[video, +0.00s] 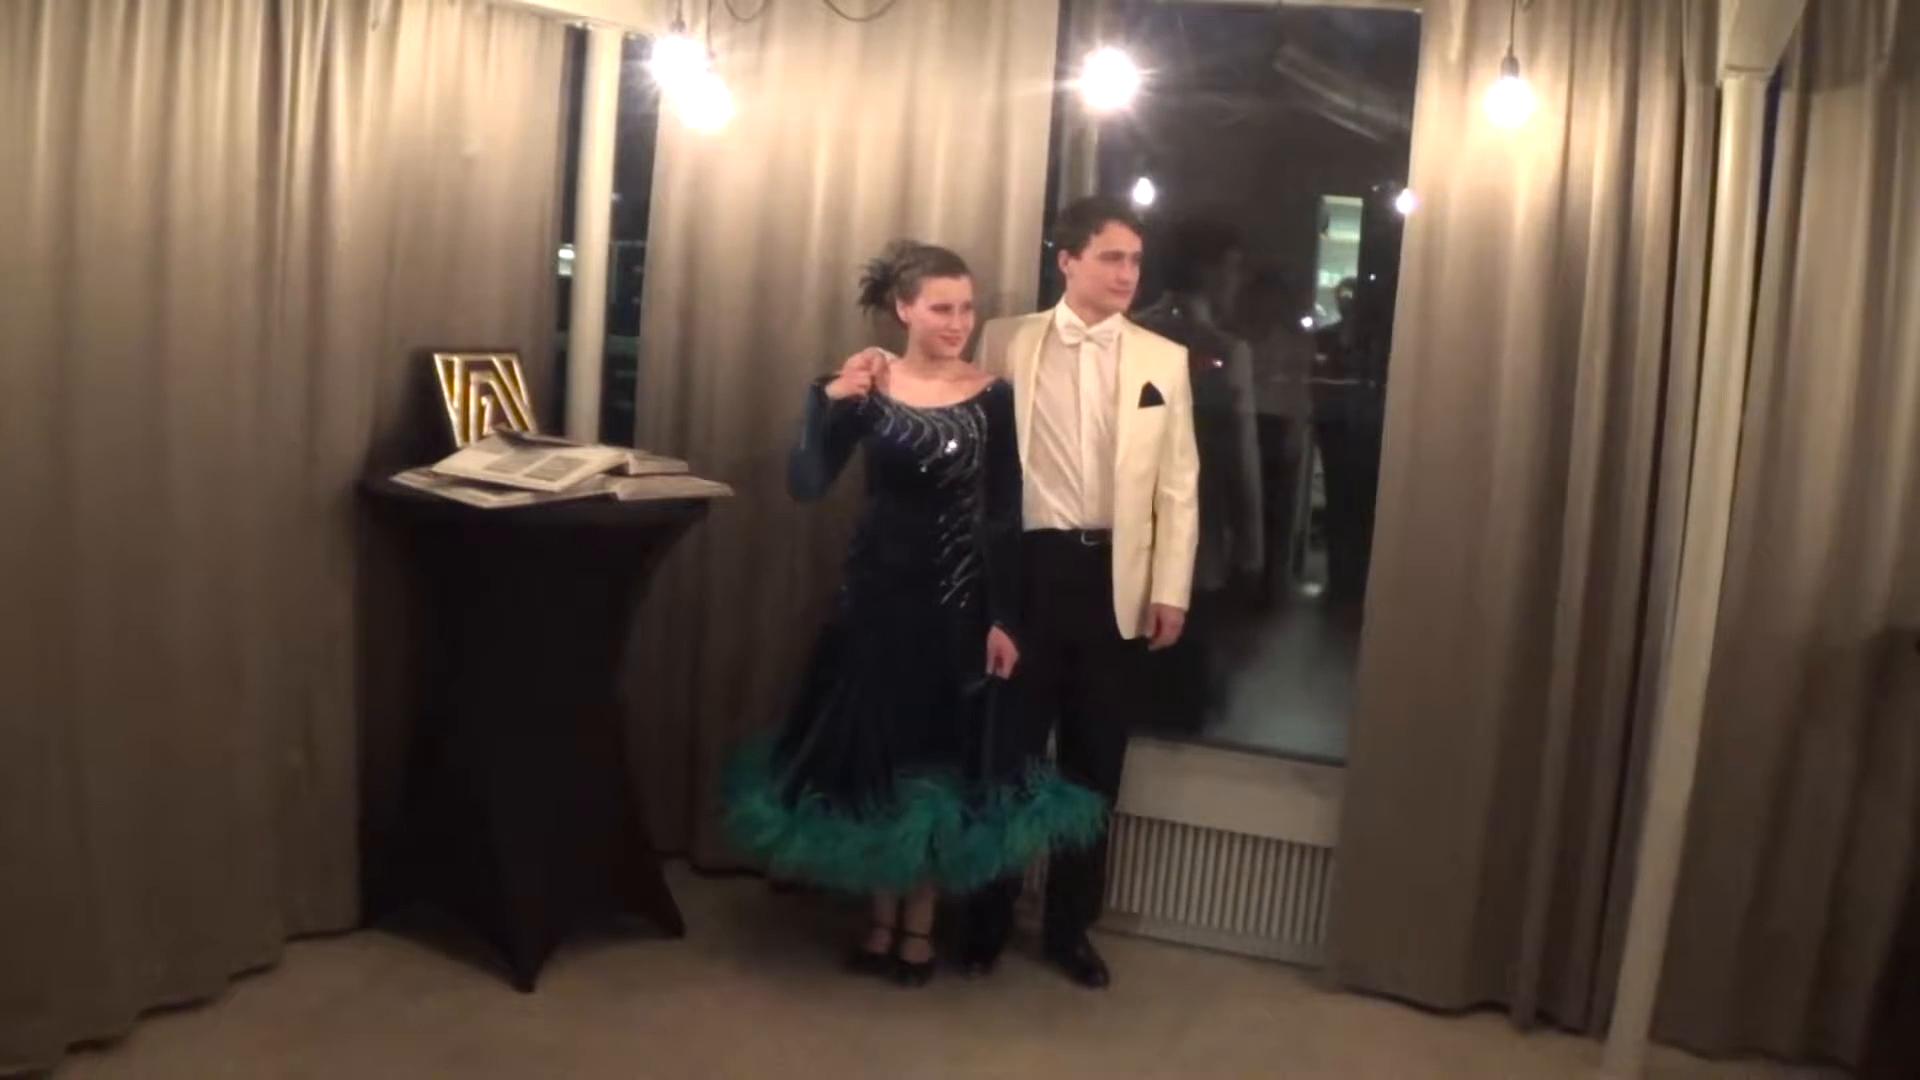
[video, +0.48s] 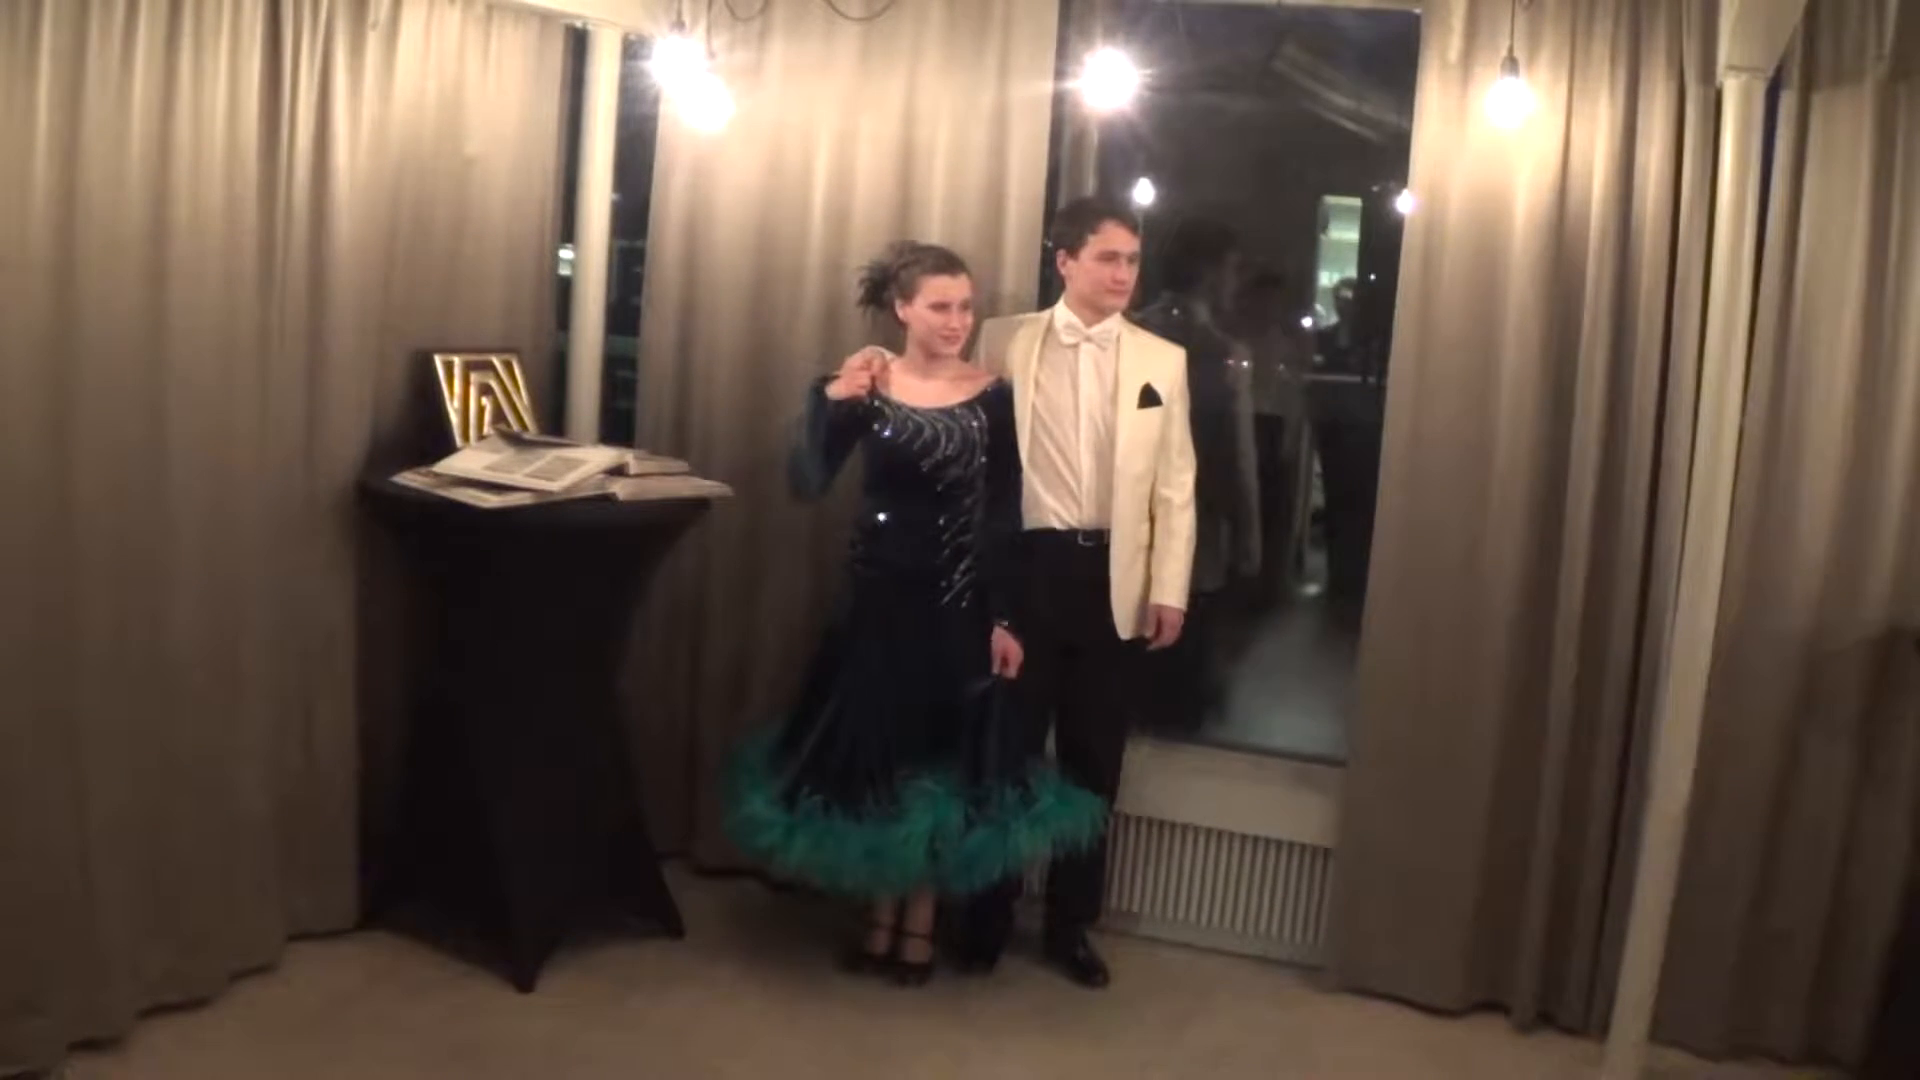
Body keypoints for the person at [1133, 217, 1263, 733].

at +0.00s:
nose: (1240, 281)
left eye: (1240, 270)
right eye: (1232, 269)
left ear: (1177, 266)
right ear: (1211, 271)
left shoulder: (1137, 331)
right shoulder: (1227, 348)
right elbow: (1241, 454)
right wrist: (1251, 548)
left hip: (1135, 501)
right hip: (1197, 516)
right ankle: (1189, 703)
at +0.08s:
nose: (1240, 281)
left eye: (1240, 270)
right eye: (1233, 269)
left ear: (1177, 265)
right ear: (1212, 271)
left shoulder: (1136, 332)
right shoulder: (1227, 349)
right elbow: (1241, 455)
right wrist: (1251, 548)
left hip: (1134, 502)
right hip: (1198, 518)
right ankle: (1190, 702)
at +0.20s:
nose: (1240, 281)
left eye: (1240, 270)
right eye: (1233, 269)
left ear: (1177, 265)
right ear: (1213, 271)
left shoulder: (1136, 332)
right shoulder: (1225, 350)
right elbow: (1240, 456)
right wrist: (1250, 549)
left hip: (1133, 504)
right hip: (1197, 520)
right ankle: (1190, 702)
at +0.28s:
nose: (1239, 280)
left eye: (1239, 269)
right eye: (1232, 268)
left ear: (1178, 265)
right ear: (1209, 270)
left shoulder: (1140, 331)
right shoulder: (1226, 348)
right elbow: (1239, 456)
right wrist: (1250, 551)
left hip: (1138, 499)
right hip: (1196, 515)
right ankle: (1189, 701)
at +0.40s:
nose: (1237, 280)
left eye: (1238, 268)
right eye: (1231, 268)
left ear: (1170, 263)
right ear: (1212, 271)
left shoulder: (1135, 330)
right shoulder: (1213, 347)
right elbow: (1232, 457)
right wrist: (1248, 545)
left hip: (1135, 496)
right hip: (1190, 513)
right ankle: (1181, 698)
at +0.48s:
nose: (1237, 280)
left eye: (1238, 268)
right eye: (1231, 268)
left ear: (1169, 264)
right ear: (1212, 271)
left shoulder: (1133, 331)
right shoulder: (1215, 349)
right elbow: (1233, 458)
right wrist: (1248, 544)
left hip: (1133, 496)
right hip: (1191, 513)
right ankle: (1184, 698)